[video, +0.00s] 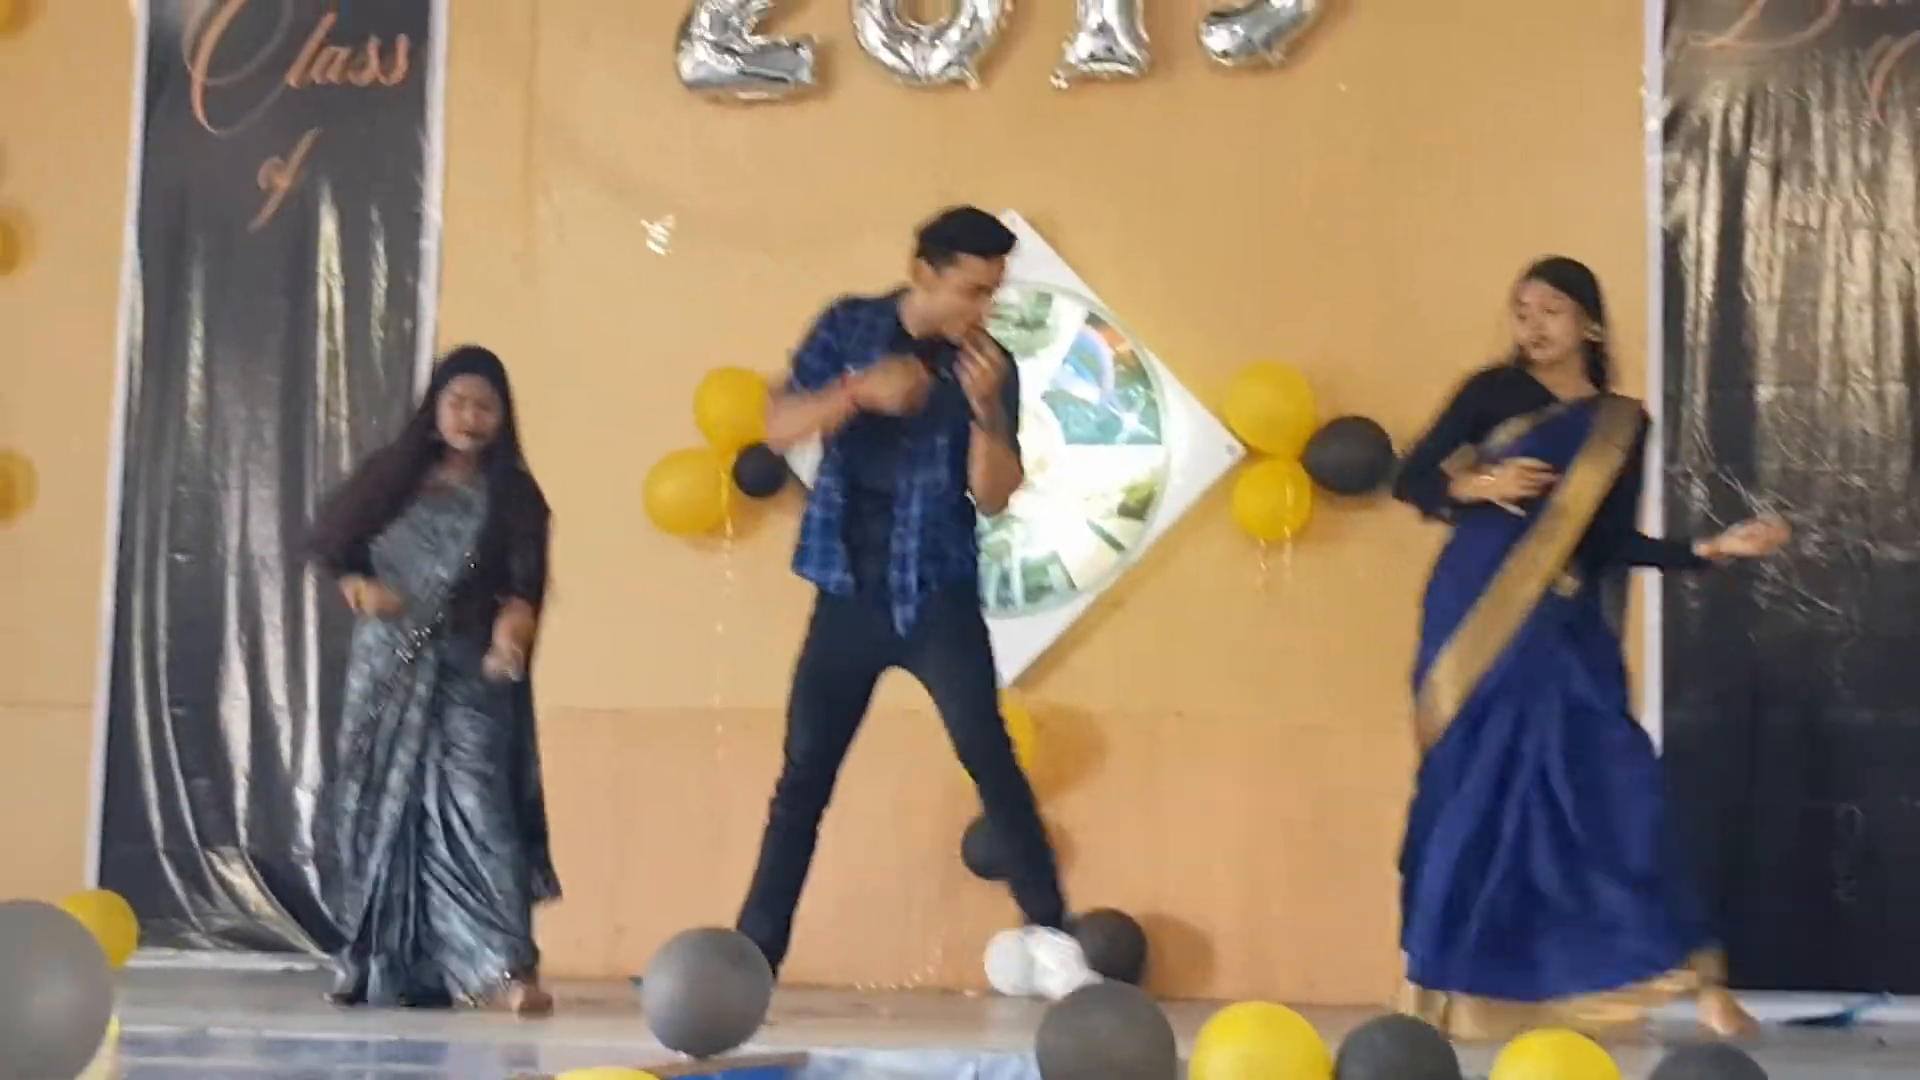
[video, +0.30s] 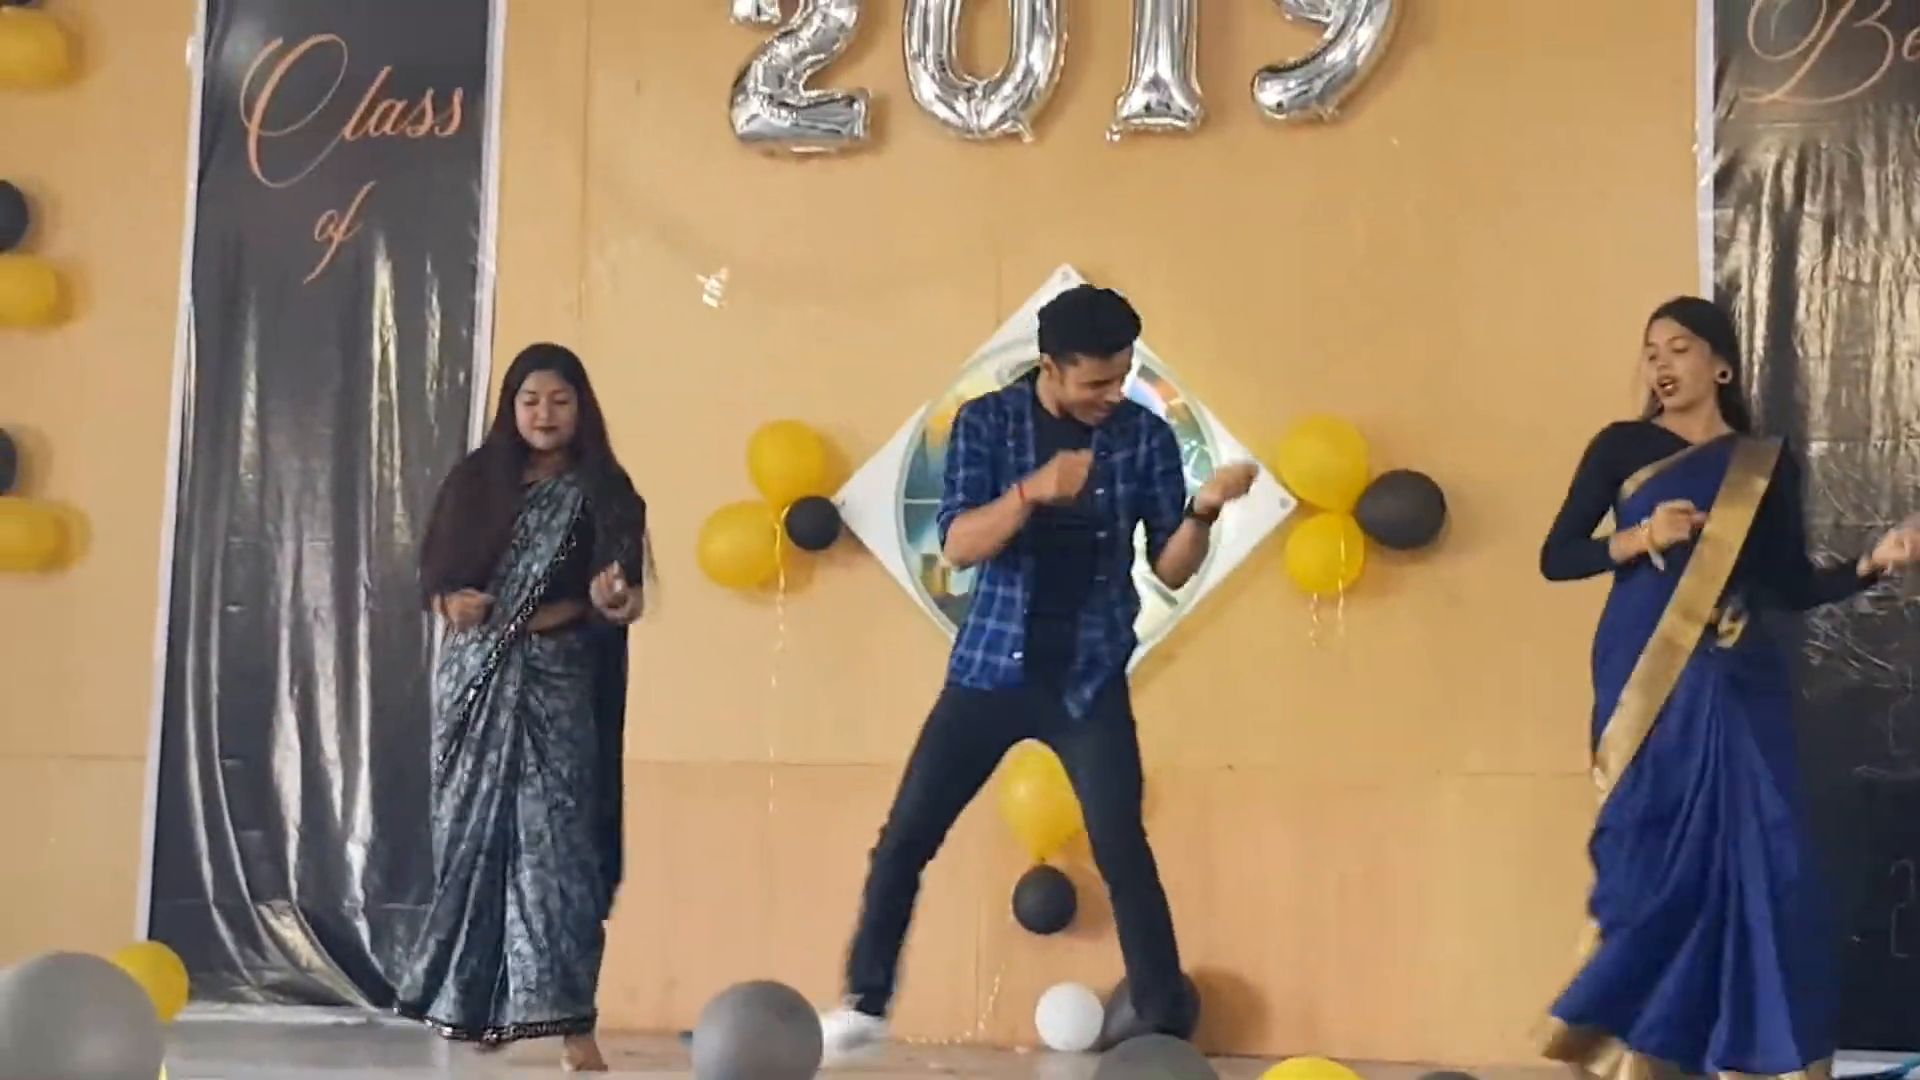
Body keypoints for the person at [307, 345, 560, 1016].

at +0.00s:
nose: (467, 414)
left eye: (482, 404)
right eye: (456, 400)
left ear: (502, 415)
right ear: (434, 404)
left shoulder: (515, 493)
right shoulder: (392, 471)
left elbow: (526, 579)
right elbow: (328, 538)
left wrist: (509, 636)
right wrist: (355, 583)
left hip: (470, 672)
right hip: (388, 668)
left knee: (480, 811)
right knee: (385, 809)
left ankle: (506, 969)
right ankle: (378, 963)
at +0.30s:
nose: (544, 412)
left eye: (558, 399)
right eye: (530, 399)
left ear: (582, 408)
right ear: (510, 408)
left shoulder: (607, 491)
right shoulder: (472, 480)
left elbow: (621, 593)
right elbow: (434, 576)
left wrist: (610, 599)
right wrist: (452, 598)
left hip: (563, 691)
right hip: (476, 688)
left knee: (566, 847)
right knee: (473, 840)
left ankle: (576, 1024)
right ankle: (474, 1008)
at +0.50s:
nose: (544, 474)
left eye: (559, 460)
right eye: (530, 463)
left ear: (583, 469)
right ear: (513, 475)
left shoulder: (619, 553)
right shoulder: (479, 549)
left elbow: (647, 660)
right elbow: (432, 647)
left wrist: (603, 621)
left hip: (577, 746)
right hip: (487, 748)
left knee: (571, 914)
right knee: (485, 911)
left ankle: (569, 1062)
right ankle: (482, 1062)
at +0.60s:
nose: (521, 506)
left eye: (537, 492)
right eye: (508, 495)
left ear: (568, 498)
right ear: (497, 506)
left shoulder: (615, 581)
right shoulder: (479, 585)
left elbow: (646, 684)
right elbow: (445, 685)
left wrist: (587, 673)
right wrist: (443, 757)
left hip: (568, 779)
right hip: (485, 782)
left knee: (555, 936)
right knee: (471, 932)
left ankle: (558, 1066)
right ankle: (489, 1062)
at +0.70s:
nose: (481, 521)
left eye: (497, 506)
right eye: (470, 509)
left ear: (530, 512)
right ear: (459, 521)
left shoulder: (589, 587)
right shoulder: (451, 602)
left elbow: (632, 682)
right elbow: (428, 697)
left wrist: (568, 711)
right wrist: (420, 751)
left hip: (550, 797)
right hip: (464, 797)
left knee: (543, 954)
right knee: (427, 945)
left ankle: (539, 1069)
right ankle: (455, 1068)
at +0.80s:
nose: (445, 530)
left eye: (460, 516)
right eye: (434, 520)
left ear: (494, 522)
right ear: (423, 534)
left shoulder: (545, 592)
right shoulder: (420, 618)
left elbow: (609, 686)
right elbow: (404, 718)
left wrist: (551, 740)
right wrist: (394, 763)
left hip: (522, 803)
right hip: (437, 808)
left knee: (519, 966)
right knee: (418, 962)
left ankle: (516, 1068)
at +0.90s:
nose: (411, 541)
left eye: (429, 529)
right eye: (400, 531)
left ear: (460, 543)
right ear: (390, 546)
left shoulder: (506, 618)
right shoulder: (381, 635)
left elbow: (570, 709)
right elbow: (378, 742)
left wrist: (526, 776)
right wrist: (349, 781)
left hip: (487, 822)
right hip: (403, 825)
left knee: (493, 984)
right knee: (358, 973)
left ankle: (493, 1072)